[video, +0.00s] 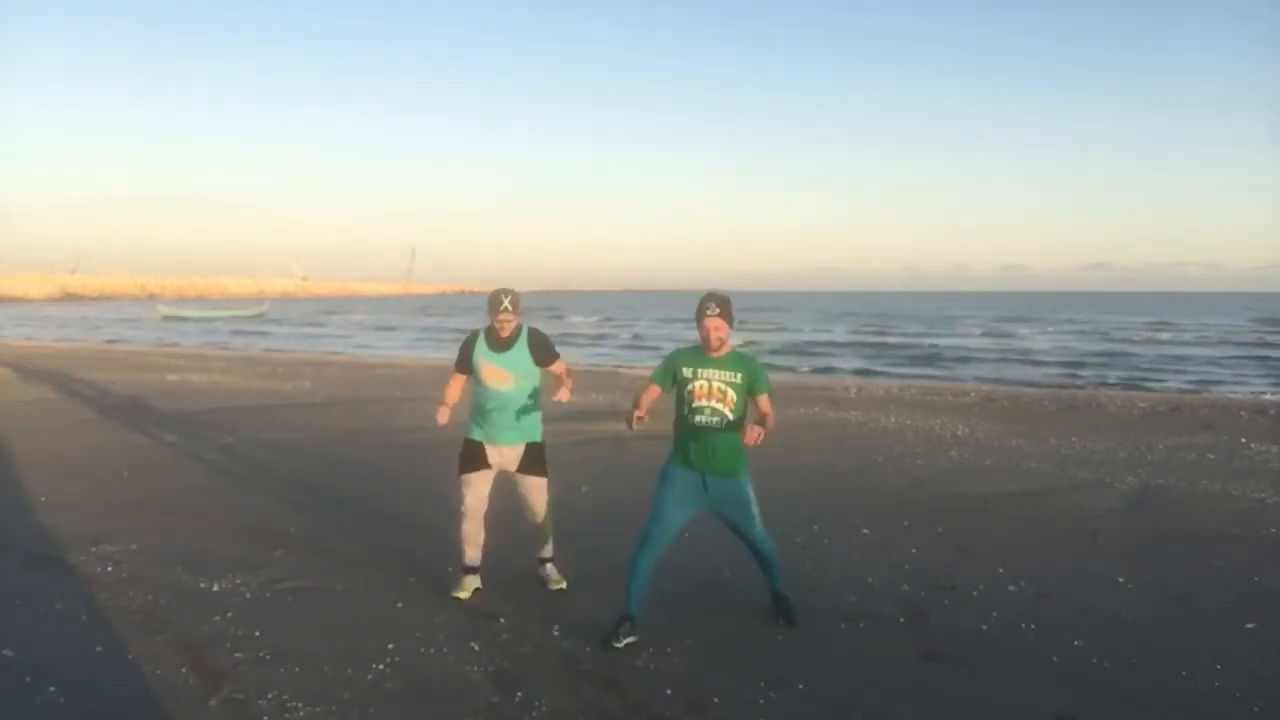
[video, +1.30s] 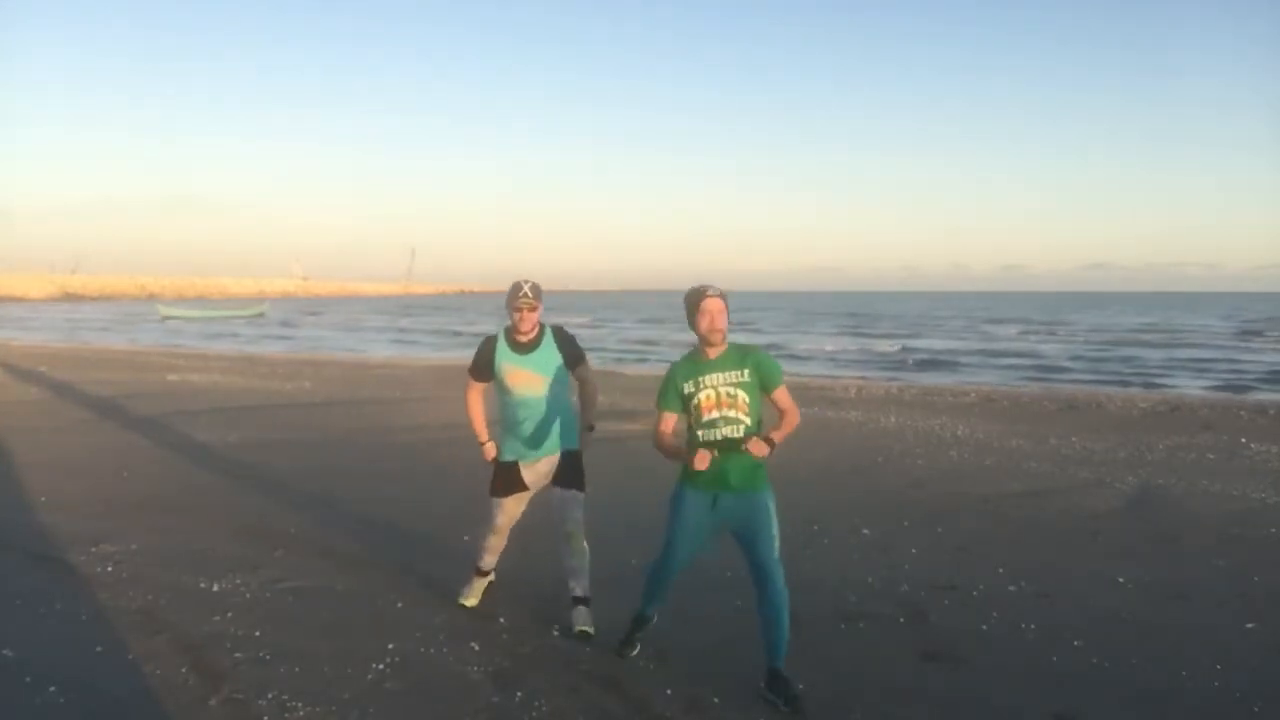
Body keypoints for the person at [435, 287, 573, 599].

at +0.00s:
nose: (504, 325)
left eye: (509, 319)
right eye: (499, 319)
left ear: (519, 316)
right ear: (490, 316)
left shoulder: (533, 339)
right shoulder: (474, 343)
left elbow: (562, 371)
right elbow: (458, 378)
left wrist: (565, 386)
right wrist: (446, 403)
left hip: (526, 440)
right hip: (481, 439)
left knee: (539, 511)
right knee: (472, 508)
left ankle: (547, 563)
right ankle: (470, 573)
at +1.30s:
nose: (524, 316)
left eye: (531, 309)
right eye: (518, 309)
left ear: (540, 310)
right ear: (508, 311)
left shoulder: (560, 340)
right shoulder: (492, 348)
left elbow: (587, 380)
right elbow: (474, 393)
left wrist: (587, 422)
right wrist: (484, 440)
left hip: (562, 450)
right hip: (514, 454)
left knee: (573, 529)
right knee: (499, 525)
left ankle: (581, 606)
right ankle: (481, 576)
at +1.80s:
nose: (550, 311)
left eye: (556, 304)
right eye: (543, 304)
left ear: (565, 305)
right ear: (531, 304)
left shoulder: (581, 340)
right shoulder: (511, 343)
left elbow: (610, 383)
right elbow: (487, 392)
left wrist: (613, 402)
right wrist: (492, 405)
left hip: (574, 455)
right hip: (525, 457)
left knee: (572, 539)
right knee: (534, 540)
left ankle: (575, 615)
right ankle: (544, 611)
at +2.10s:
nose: (544, 317)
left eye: (551, 309)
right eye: (537, 309)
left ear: (561, 310)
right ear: (525, 309)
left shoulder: (576, 345)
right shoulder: (503, 347)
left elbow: (599, 397)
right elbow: (485, 401)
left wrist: (592, 419)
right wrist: (492, 419)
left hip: (569, 459)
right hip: (518, 459)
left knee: (572, 543)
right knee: (517, 545)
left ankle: (576, 617)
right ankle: (513, 628)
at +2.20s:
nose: (541, 315)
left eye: (547, 308)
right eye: (534, 308)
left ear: (556, 308)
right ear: (521, 307)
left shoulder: (570, 344)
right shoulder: (498, 345)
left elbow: (592, 398)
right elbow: (478, 400)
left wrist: (578, 412)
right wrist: (484, 412)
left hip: (564, 460)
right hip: (512, 460)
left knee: (570, 543)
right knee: (513, 546)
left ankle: (574, 616)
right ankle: (513, 628)